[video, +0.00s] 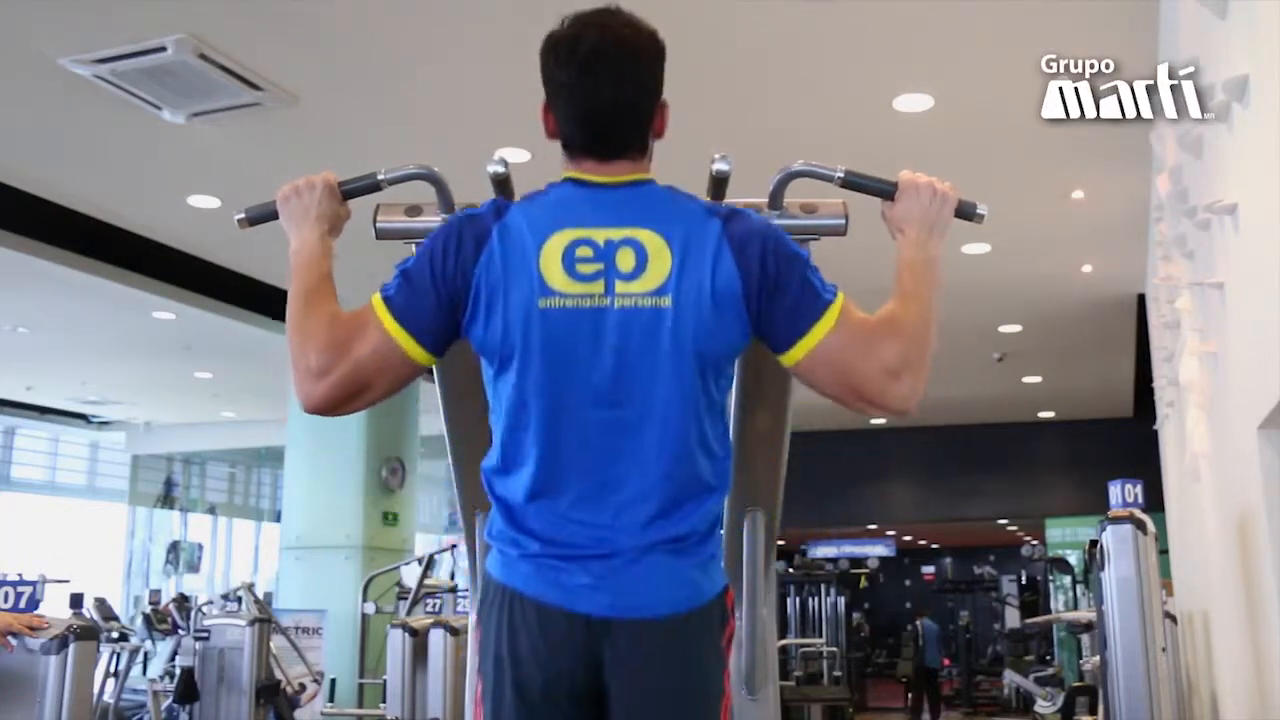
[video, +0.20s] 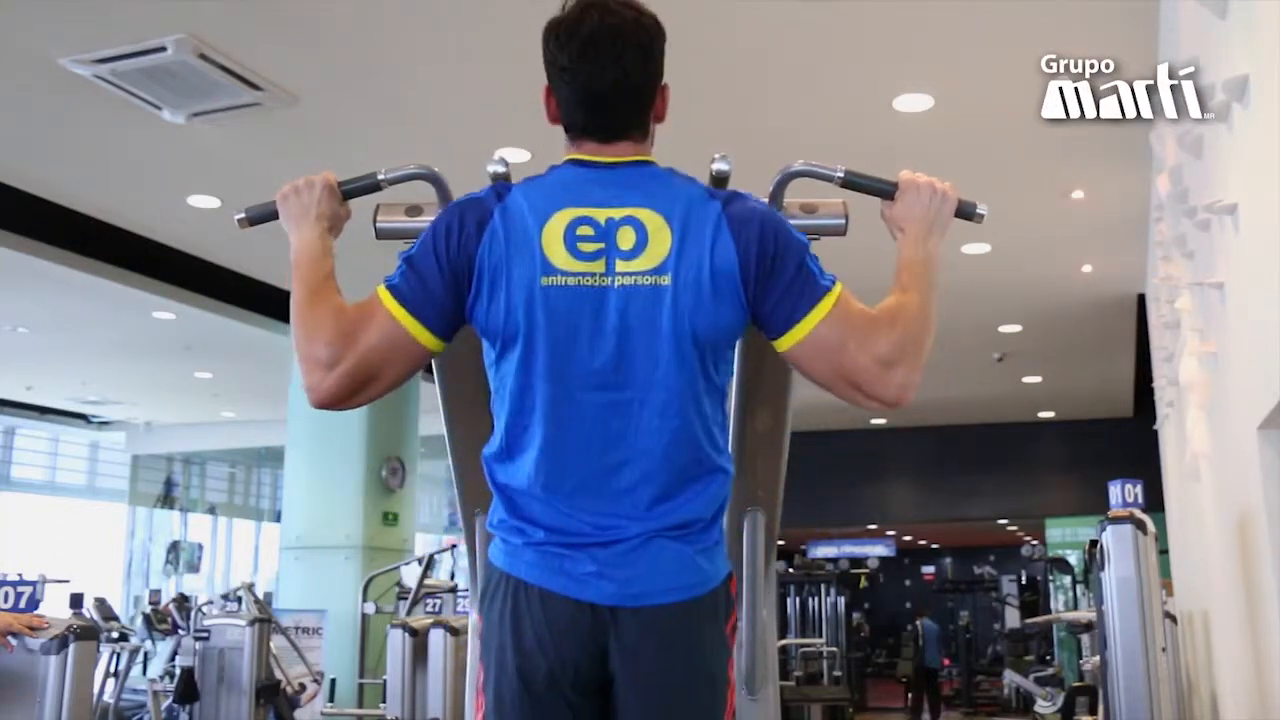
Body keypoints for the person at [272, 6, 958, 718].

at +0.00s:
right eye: (662, 109)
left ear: (548, 122)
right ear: (661, 123)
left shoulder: (484, 243)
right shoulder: (733, 245)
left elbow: (325, 381)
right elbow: (891, 380)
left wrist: (308, 238)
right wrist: (921, 242)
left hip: (527, 607)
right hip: (674, 609)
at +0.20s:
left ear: (550, 106)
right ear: (662, 104)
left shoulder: (484, 226)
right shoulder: (735, 228)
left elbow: (334, 375)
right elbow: (886, 373)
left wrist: (308, 236)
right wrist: (920, 240)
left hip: (531, 597)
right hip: (678, 600)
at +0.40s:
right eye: (662, 134)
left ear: (547, 152)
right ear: (663, 150)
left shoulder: (483, 269)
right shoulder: (733, 274)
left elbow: (314, 391)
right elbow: (903, 391)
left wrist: (311, 239)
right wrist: (922, 242)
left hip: (529, 650)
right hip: (678, 651)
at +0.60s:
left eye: (540, 183)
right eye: (661, 186)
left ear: (542, 206)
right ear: (662, 207)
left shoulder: (477, 322)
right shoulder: (734, 330)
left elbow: (299, 397)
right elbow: (916, 401)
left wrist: (309, 245)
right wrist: (922, 244)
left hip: (526, 693)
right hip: (683, 693)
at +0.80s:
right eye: (664, 250)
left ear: (542, 270)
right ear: (664, 272)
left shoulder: (474, 377)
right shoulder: (734, 389)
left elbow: (296, 399)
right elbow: (918, 403)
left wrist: (310, 243)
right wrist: (922, 246)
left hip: (525, 701)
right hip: (682, 702)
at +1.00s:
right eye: (661, 325)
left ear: (540, 348)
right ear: (662, 350)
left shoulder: (472, 439)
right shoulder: (731, 456)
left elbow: (303, 403)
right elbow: (906, 409)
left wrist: (311, 245)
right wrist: (920, 244)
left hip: (522, 708)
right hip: (685, 709)